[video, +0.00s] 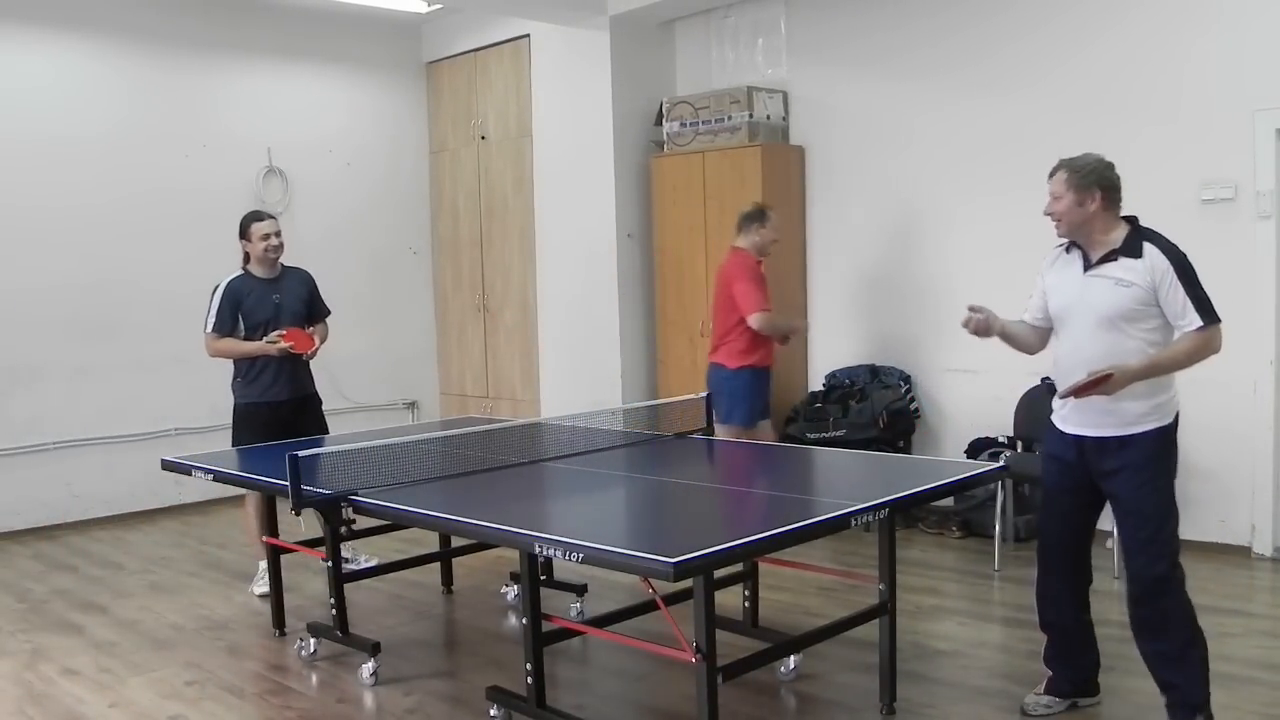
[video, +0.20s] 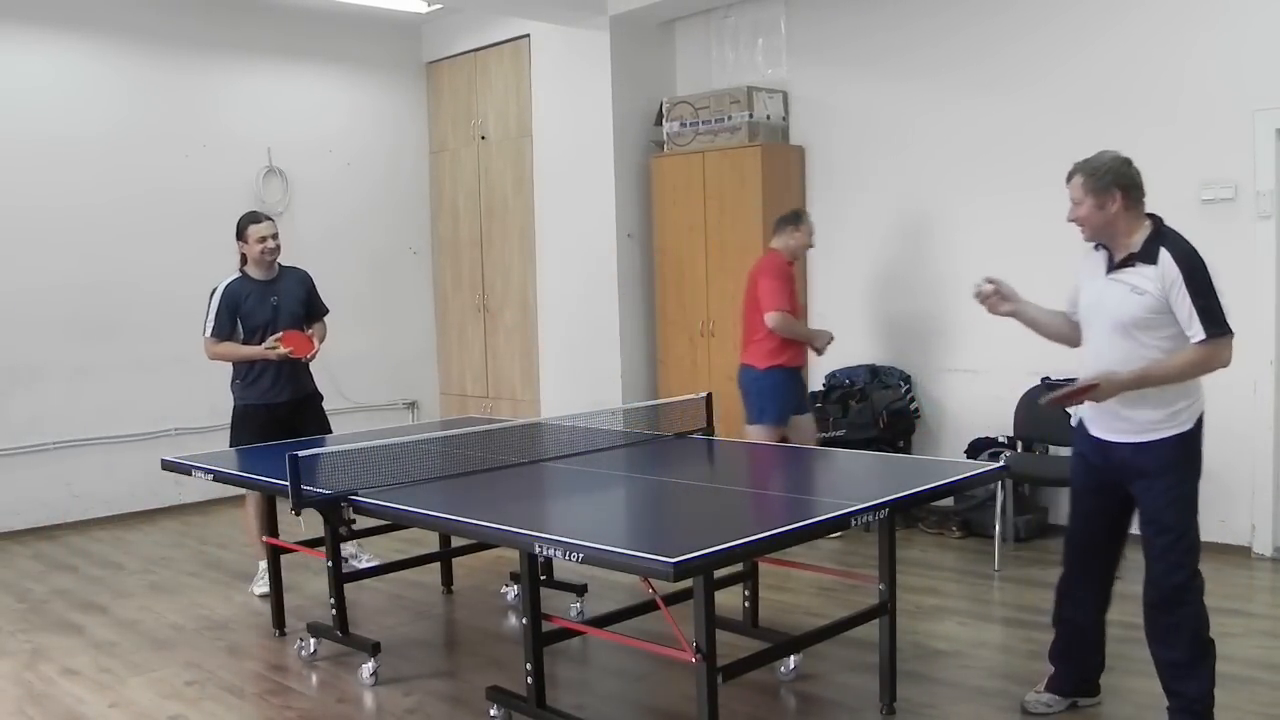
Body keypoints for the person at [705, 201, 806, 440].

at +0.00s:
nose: (777, 238)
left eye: (776, 231)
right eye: (773, 230)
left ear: (755, 231)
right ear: (757, 230)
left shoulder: (748, 263)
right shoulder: (741, 264)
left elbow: (749, 316)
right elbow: (759, 320)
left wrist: (776, 333)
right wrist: (795, 325)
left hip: (752, 371)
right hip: (735, 373)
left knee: (765, 446)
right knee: (732, 454)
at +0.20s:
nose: (811, 244)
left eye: (811, 238)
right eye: (809, 236)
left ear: (792, 233)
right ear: (793, 232)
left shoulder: (781, 266)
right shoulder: (772, 264)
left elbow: (781, 319)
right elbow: (775, 318)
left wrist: (810, 339)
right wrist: (813, 335)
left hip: (786, 371)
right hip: (767, 373)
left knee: (806, 443)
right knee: (761, 453)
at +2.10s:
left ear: (830, 279)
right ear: (854, 271)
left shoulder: (816, 292)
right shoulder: (877, 275)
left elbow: (804, 342)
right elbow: (908, 309)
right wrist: (890, 344)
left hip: (820, 355)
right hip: (864, 351)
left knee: (822, 447)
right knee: (870, 447)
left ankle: (819, 520)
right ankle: (873, 520)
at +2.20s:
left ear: (830, 279)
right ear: (854, 271)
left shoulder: (816, 293)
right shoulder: (878, 275)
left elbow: (806, 343)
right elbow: (910, 308)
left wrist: (817, 383)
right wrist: (893, 343)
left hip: (821, 355)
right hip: (866, 352)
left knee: (823, 447)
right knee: (871, 448)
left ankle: (817, 520)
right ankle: (872, 520)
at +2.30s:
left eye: (831, 278)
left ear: (830, 279)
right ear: (854, 271)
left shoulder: (816, 292)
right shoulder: (878, 274)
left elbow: (807, 343)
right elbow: (910, 308)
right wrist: (893, 344)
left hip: (822, 356)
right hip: (867, 352)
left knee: (823, 447)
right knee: (872, 448)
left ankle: (817, 520)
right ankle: (873, 521)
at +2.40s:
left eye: (831, 277)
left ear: (829, 278)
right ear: (854, 271)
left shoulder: (816, 293)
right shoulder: (877, 274)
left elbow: (808, 342)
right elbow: (910, 307)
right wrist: (892, 343)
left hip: (822, 356)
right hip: (866, 352)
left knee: (823, 446)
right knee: (871, 447)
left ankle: (817, 519)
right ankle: (873, 520)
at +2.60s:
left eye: (829, 279)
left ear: (828, 279)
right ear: (852, 271)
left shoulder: (815, 294)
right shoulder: (876, 274)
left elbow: (806, 345)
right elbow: (909, 308)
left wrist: (816, 384)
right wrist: (892, 343)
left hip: (821, 355)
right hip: (866, 352)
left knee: (823, 448)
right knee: (871, 448)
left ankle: (818, 520)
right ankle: (873, 521)